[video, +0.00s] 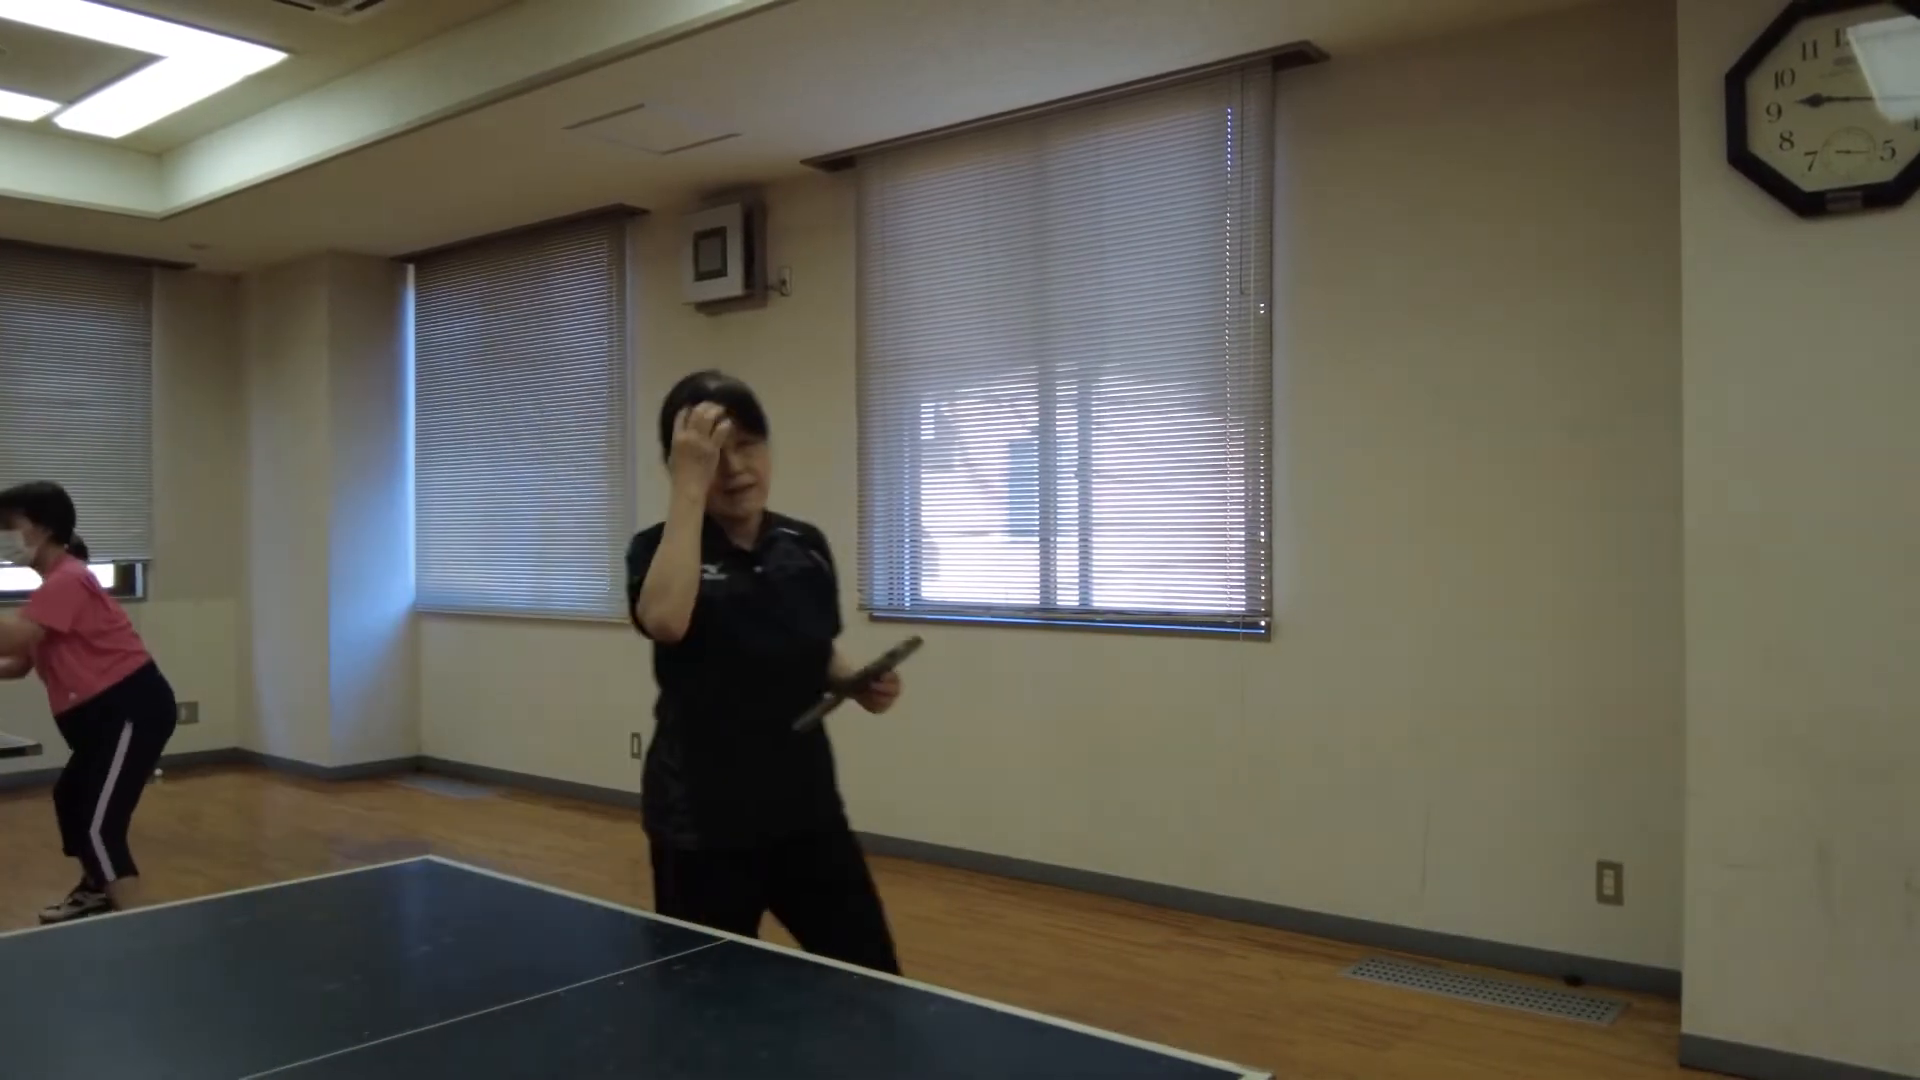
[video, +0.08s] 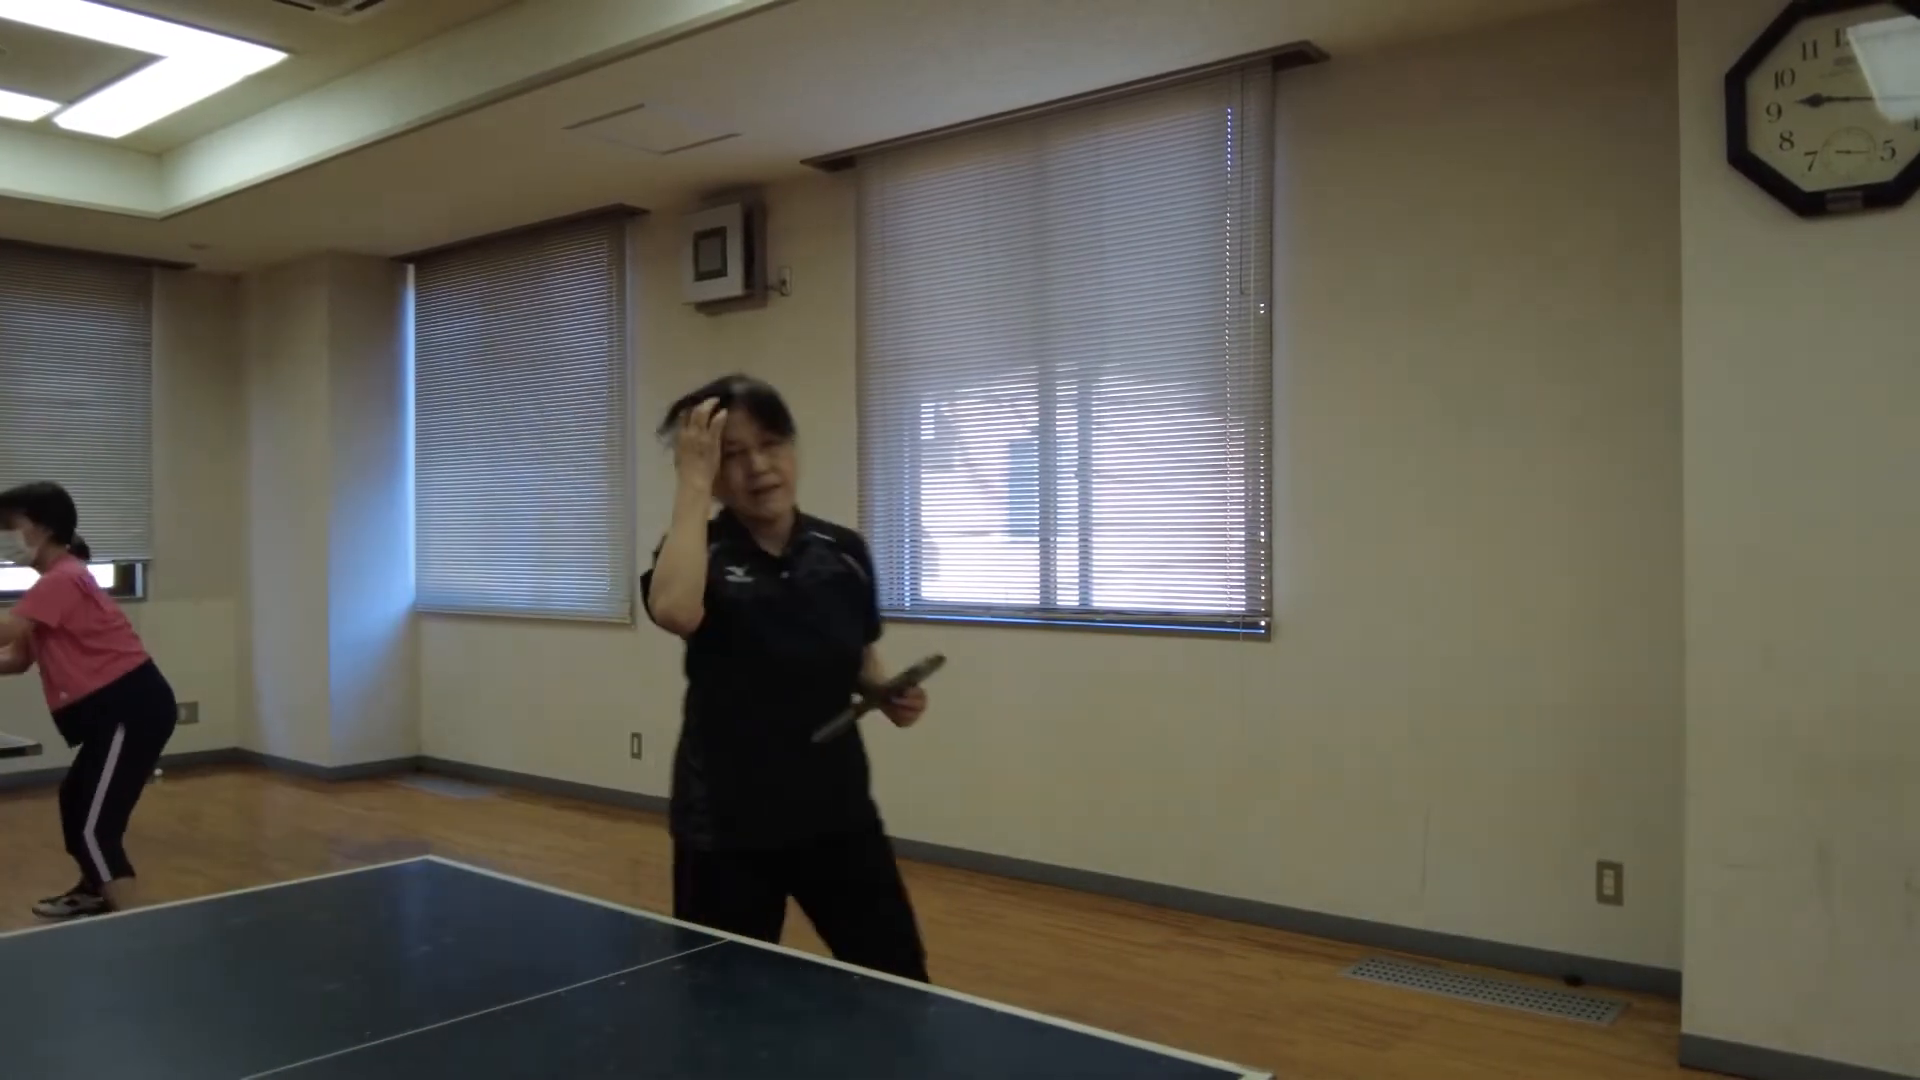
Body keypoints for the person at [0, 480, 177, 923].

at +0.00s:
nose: (15, 537)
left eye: (20, 526)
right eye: (13, 528)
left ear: (46, 527)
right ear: (36, 530)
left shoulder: (70, 577)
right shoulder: (52, 584)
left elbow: (16, 638)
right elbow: (17, 664)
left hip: (135, 705)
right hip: (104, 713)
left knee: (98, 814)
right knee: (71, 793)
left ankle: (129, 917)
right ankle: (95, 888)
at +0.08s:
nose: (18, 537)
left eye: (21, 526)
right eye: (16, 528)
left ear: (46, 527)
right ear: (43, 529)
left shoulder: (66, 577)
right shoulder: (52, 583)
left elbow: (10, 628)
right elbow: (17, 661)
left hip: (135, 705)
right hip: (111, 709)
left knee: (95, 814)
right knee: (76, 796)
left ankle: (121, 915)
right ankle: (94, 890)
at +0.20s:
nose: (20, 546)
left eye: (24, 535)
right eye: (18, 538)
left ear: (48, 536)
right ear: (55, 538)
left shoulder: (63, 586)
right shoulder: (65, 586)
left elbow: (5, 645)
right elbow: (48, 673)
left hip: (124, 717)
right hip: (104, 717)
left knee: (73, 836)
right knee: (62, 806)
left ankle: (126, 924)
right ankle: (83, 899)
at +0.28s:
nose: (21, 549)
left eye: (23, 538)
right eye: (19, 540)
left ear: (46, 536)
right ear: (61, 537)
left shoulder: (56, 586)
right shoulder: (78, 580)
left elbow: (16, 648)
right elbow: (56, 669)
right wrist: (13, 662)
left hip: (113, 717)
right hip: (109, 712)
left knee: (69, 836)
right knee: (60, 806)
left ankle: (122, 921)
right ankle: (85, 896)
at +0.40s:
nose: (12, 546)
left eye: (12, 536)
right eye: (9, 537)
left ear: (33, 526)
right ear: (58, 520)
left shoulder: (48, 567)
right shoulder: (94, 557)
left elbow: (7, 610)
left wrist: (44, 630)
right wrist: (25, 623)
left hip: (113, 704)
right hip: (134, 695)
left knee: (91, 825)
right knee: (87, 815)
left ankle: (135, 927)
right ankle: (87, 888)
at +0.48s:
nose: (13, 541)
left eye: (13, 531)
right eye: (11, 532)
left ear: (32, 523)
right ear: (57, 519)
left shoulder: (54, 558)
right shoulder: (90, 553)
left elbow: (1, 578)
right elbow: (58, 627)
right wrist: (2, 613)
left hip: (125, 698)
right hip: (140, 692)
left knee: (94, 827)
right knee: (94, 816)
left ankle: (137, 929)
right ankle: (99, 889)